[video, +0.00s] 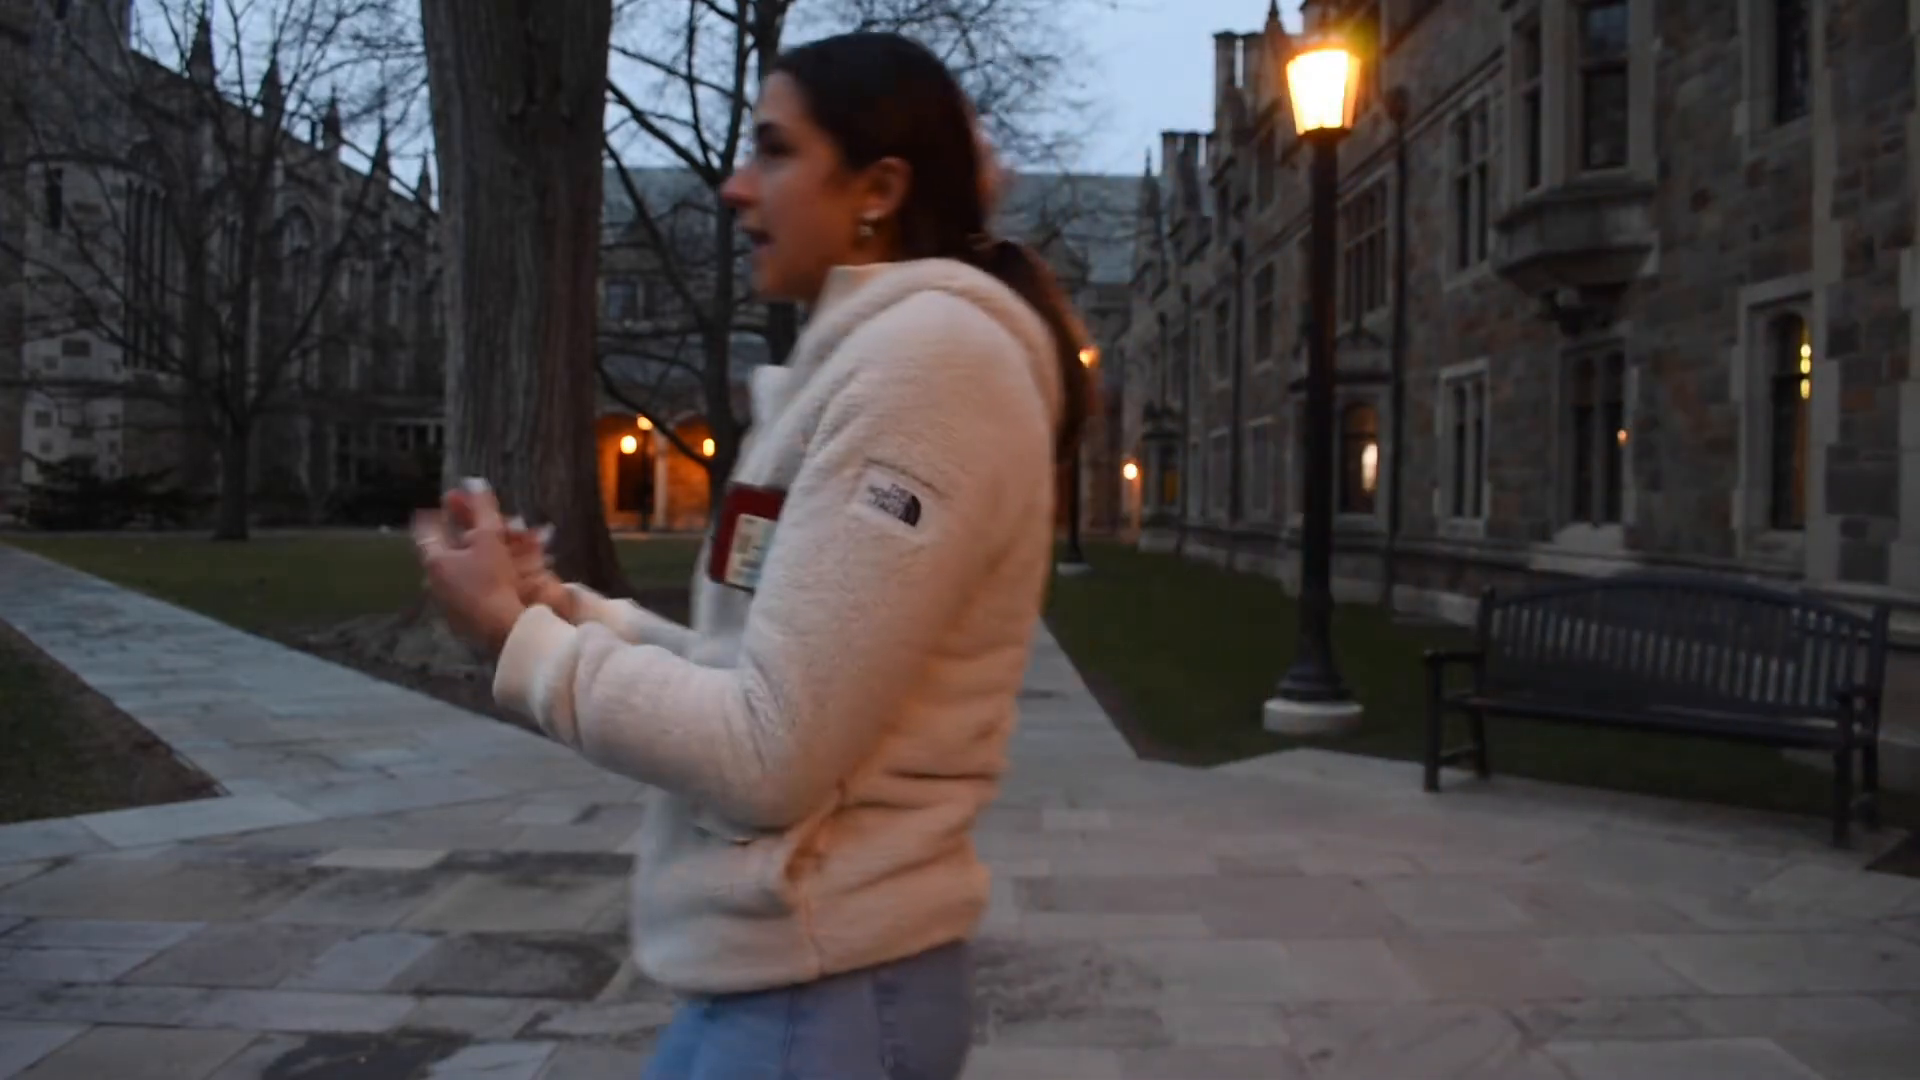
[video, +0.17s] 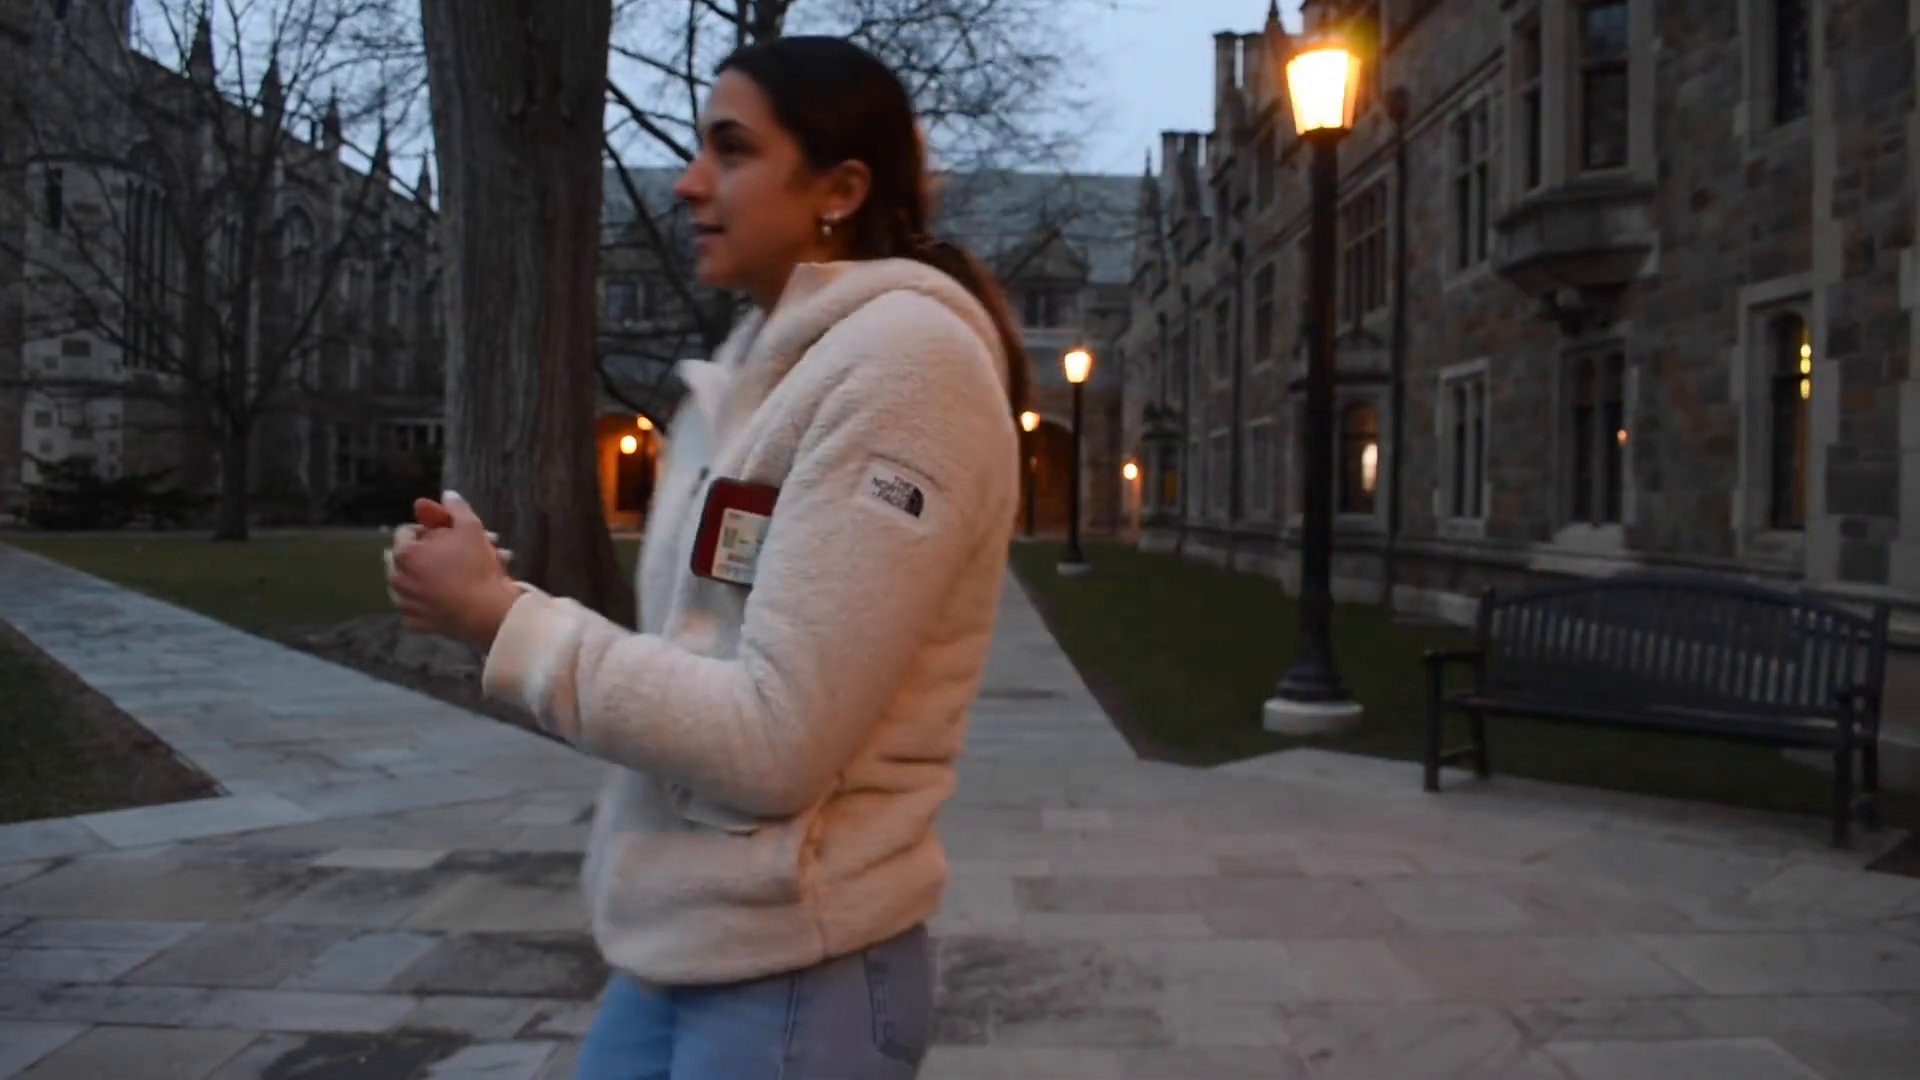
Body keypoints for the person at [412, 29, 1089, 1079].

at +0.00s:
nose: (736, 188)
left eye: (774, 151)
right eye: (750, 152)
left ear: (879, 188)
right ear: (864, 194)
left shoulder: (932, 357)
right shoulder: (869, 351)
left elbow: (770, 751)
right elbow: (758, 678)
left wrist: (515, 632)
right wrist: (554, 600)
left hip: (828, 1001)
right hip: (783, 984)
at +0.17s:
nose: (689, 185)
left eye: (731, 151)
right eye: (699, 151)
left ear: (842, 188)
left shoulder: (910, 357)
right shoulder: (760, 358)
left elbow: (777, 741)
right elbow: (709, 674)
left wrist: (500, 616)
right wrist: (503, 604)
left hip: (805, 971)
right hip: (675, 953)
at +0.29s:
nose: (675, 184)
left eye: (722, 154)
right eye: (679, 152)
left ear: (827, 197)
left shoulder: (904, 367)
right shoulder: (689, 374)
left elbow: (800, 733)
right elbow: (638, 697)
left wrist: (513, 617)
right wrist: (493, 616)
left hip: (787, 956)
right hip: (621, 941)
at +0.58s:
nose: (694, 184)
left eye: (742, 157)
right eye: (672, 148)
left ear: (804, 207)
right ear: (643, 180)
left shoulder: (898, 377)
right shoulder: (554, 378)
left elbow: (888, 704)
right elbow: (498, 712)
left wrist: (662, 618)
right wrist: (527, 623)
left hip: (811, 922)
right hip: (599, 920)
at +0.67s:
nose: (717, 187)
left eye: (758, 162)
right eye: (687, 151)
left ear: (807, 211)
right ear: (645, 187)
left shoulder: (900, 378)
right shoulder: (537, 379)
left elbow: (916, 691)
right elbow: (486, 698)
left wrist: (732, 625)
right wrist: (564, 626)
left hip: (825, 915)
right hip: (604, 919)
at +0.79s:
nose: (760, 195)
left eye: (796, 169)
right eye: (726, 156)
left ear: (825, 208)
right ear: (660, 186)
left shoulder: (909, 381)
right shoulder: (541, 379)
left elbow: (943, 690)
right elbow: (504, 702)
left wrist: (833, 621)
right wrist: (650, 620)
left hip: (848, 904)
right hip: (619, 913)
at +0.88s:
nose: (797, 198)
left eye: (827, 173)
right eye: (759, 157)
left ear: (848, 210)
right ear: (682, 186)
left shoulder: (920, 382)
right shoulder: (560, 375)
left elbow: (961, 694)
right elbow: (533, 711)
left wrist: (893, 613)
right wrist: (721, 603)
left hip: (866, 910)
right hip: (636, 922)